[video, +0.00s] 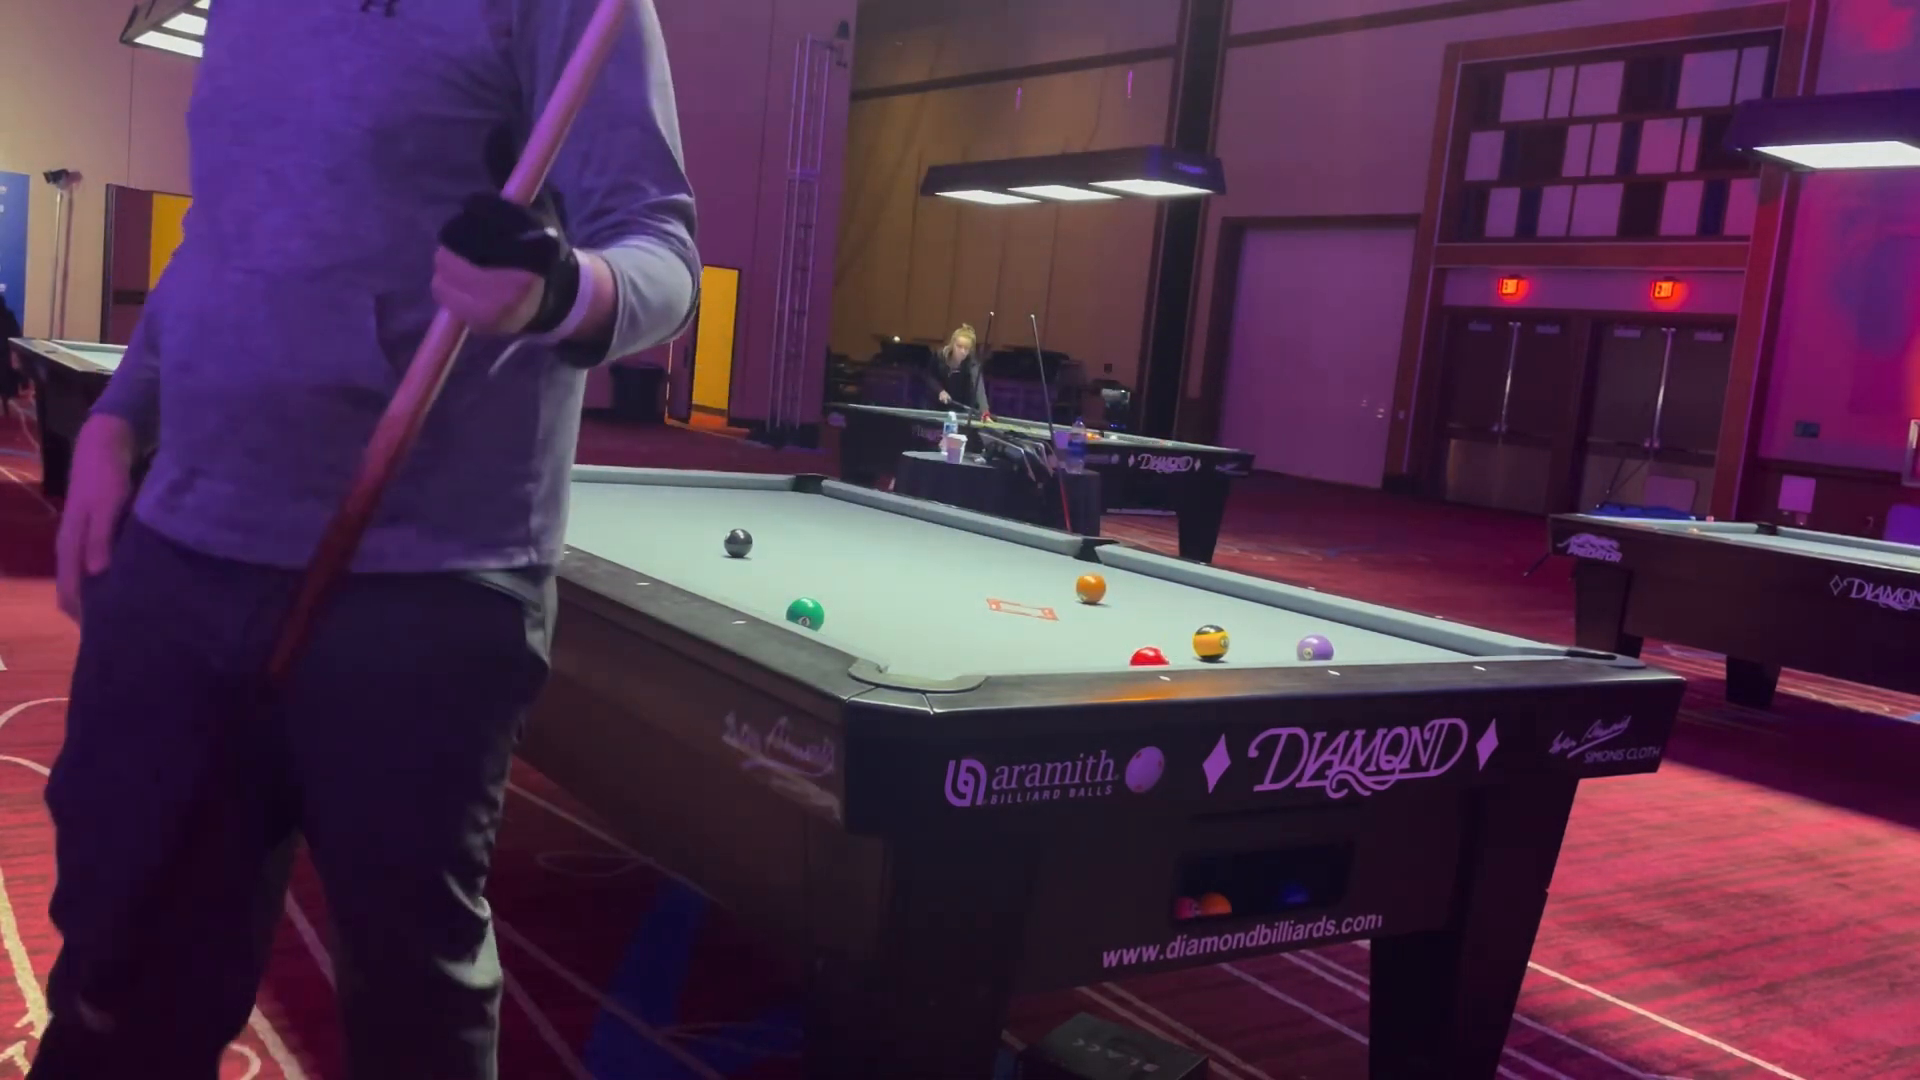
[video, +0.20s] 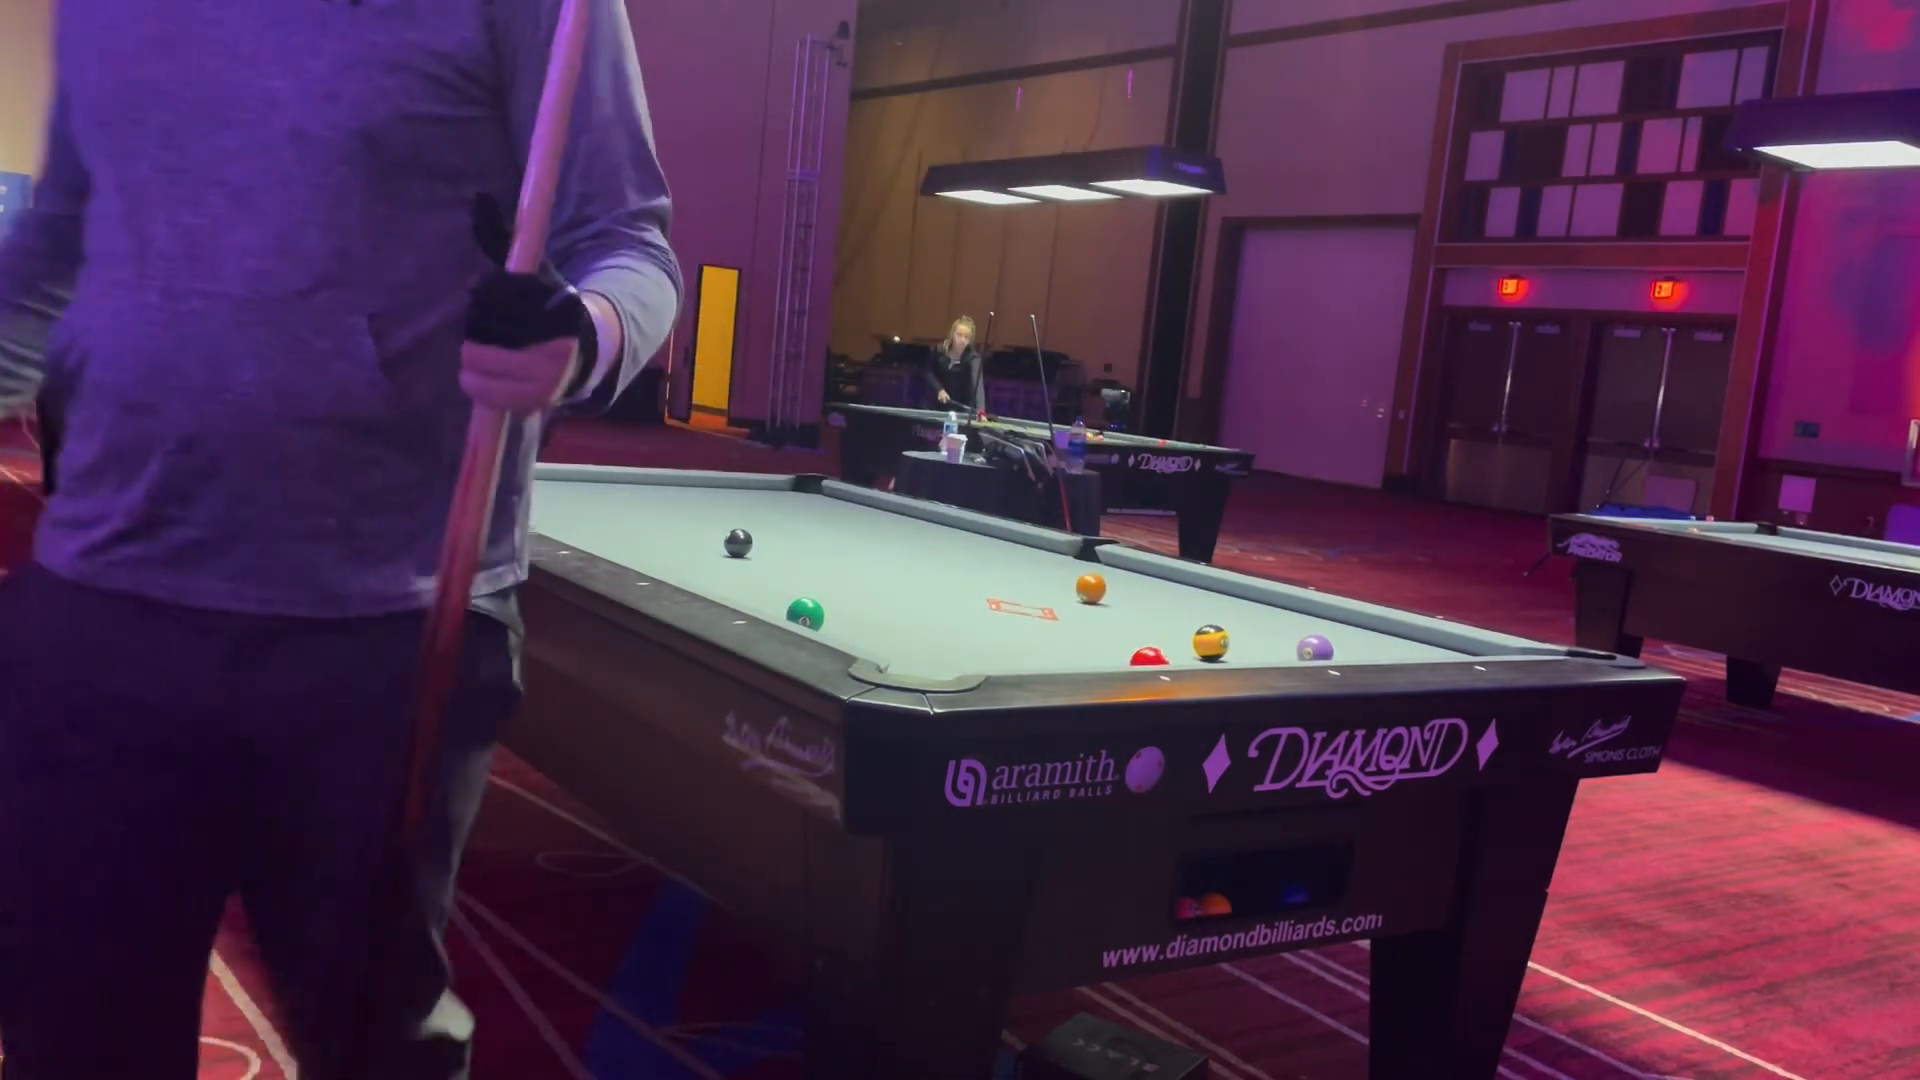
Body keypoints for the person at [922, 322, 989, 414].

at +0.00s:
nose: (962, 351)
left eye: (966, 348)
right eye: (959, 346)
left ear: (970, 349)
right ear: (952, 345)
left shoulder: (972, 366)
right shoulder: (938, 359)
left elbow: (979, 390)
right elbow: (929, 377)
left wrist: (984, 411)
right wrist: (940, 391)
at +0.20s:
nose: (962, 340)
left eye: (966, 337)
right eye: (959, 335)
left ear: (971, 339)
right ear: (952, 334)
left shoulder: (974, 358)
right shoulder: (938, 352)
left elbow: (978, 386)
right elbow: (929, 373)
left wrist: (980, 410)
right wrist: (939, 390)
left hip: (963, 410)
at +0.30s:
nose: (962, 334)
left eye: (966, 331)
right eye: (959, 329)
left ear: (971, 334)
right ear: (952, 329)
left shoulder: (973, 353)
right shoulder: (939, 348)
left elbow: (977, 381)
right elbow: (929, 371)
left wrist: (978, 408)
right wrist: (938, 389)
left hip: (963, 407)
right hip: (938, 404)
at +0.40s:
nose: (962, 328)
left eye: (966, 326)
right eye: (959, 324)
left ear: (970, 330)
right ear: (951, 325)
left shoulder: (973, 350)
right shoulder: (939, 346)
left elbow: (975, 379)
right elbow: (929, 369)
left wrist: (976, 407)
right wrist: (937, 389)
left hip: (963, 404)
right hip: (940, 402)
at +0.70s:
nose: (960, 319)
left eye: (964, 315)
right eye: (956, 314)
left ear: (968, 320)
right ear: (949, 316)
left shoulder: (971, 345)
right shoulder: (937, 341)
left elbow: (972, 375)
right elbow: (929, 366)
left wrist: (968, 403)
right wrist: (933, 389)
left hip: (960, 400)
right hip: (938, 398)